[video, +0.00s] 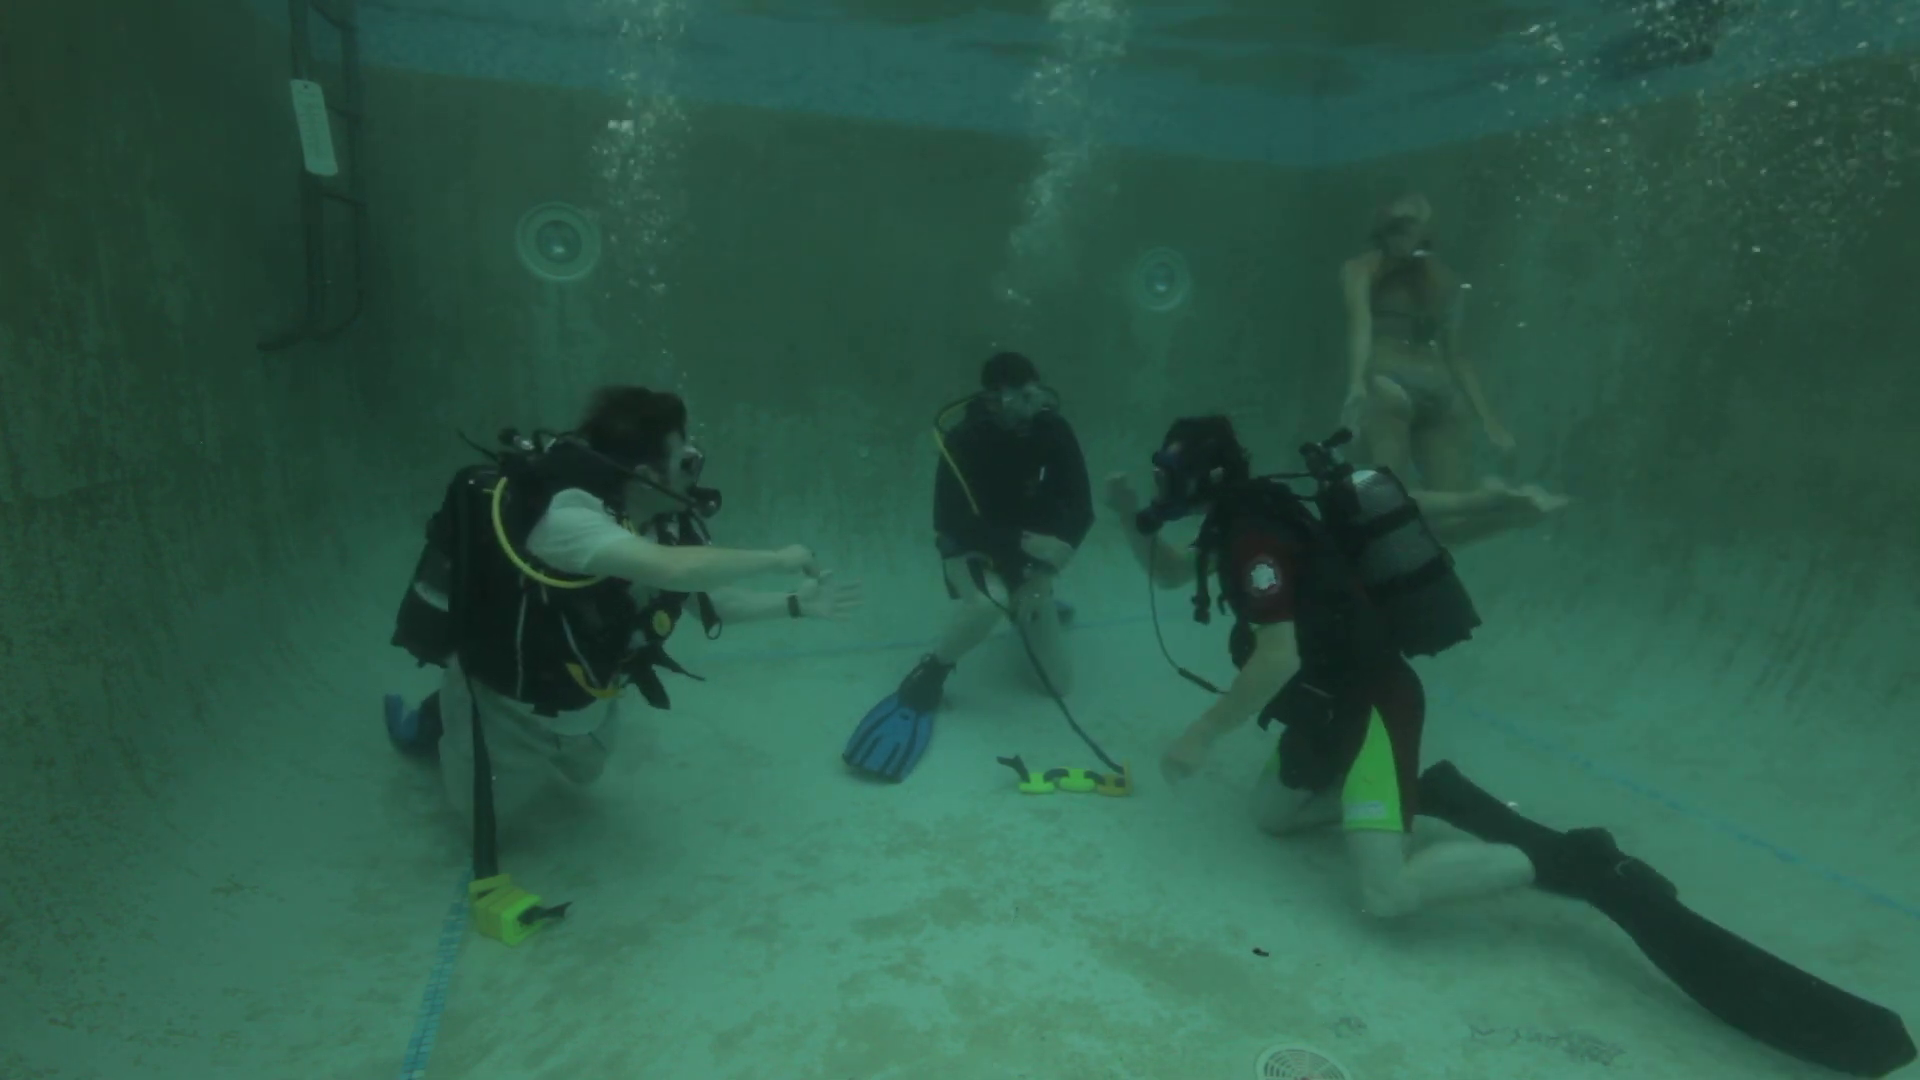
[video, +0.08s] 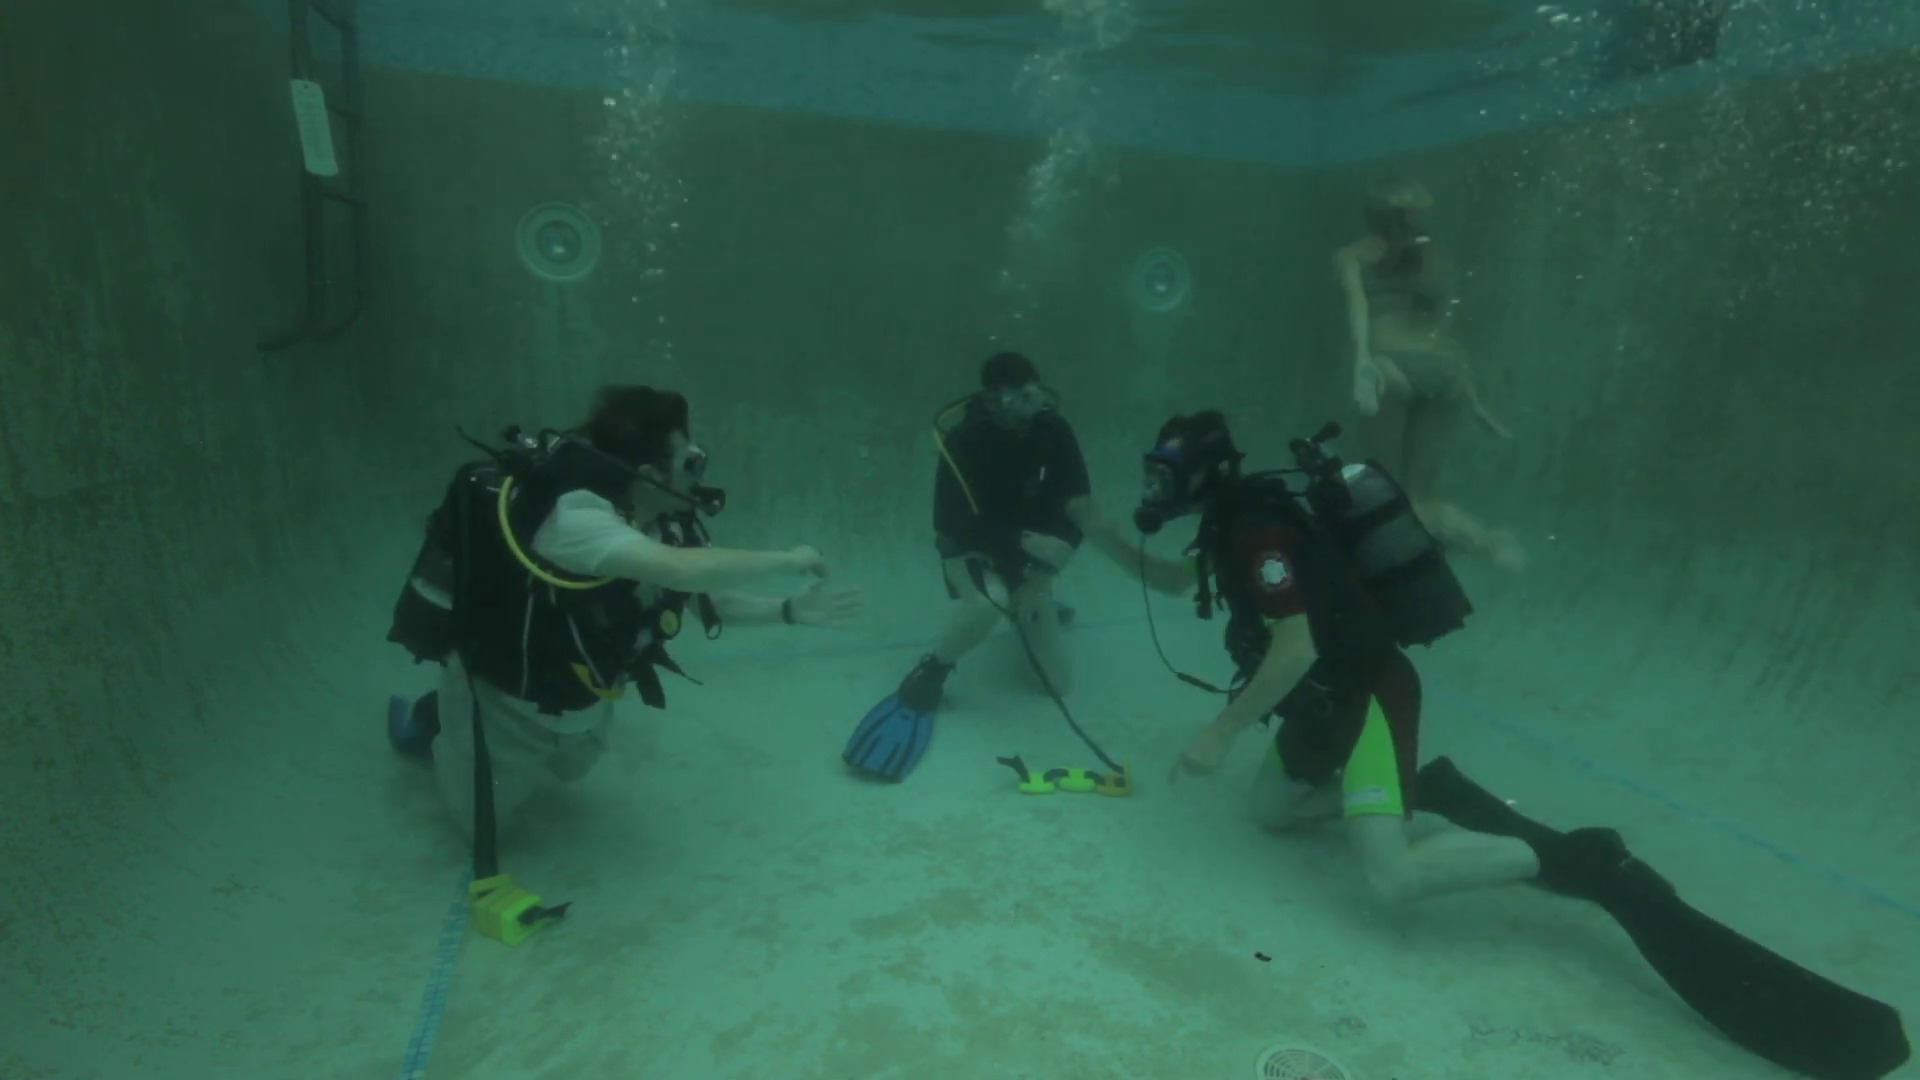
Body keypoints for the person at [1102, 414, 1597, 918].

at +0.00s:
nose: (1162, 486)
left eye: (1169, 474)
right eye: (1162, 472)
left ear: (1205, 476)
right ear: (1211, 472)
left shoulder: (1254, 531)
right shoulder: (1231, 518)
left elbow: (1278, 657)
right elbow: (1170, 571)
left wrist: (1201, 735)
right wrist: (1138, 524)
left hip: (1373, 699)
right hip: (1325, 694)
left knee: (1386, 892)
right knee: (1279, 813)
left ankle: (1568, 862)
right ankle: (1426, 798)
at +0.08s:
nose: (1153, 484)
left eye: (1165, 474)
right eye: (1153, 472)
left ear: (1207, 472)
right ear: (1193, 472)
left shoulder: (1255, 527)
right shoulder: (1225, 519)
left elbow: (1296, 647)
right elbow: (1181, 584)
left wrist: (1220, 732)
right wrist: (1101, 535)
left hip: (1370, 690)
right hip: (1320, 687)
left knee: (1390, 878)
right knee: (1274, 809)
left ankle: (1563, 860)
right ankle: (1421, 796)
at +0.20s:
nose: (1157, 496)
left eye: (1168, 480)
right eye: (1151, 481)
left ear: (1206, 471)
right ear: (1156, 477)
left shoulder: (1260, 522)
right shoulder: (1219, 519)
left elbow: (1307, 641)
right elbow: (1185, 590)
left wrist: (1223, 709)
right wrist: (1098, 591)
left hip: (1365, 679)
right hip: (1311, 678)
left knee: (1400, 855)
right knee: (1267, 797)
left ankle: (1583, 849)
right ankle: (1409, 786)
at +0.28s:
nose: (1166, 495)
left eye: (1177, 479)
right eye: (1157, 483)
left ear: (1210, 471)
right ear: (1154, 479)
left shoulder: (1266, 523)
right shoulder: (1217, 522)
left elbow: (1301, 634)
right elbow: (1191, 589)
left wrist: (1210, 673)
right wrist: (1124, 621)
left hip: (1358, 673)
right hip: (1299, 673)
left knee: (1401, 846)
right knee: (1264, 787)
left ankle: (1577, 824)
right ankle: (1389, 776)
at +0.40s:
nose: (1174, 485)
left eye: (1185, 468)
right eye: (1164, 472)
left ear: (1219, 461)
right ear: (1156, 472)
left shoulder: (1261, 513)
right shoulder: (1207, 517)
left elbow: (1280, 625)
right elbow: (1206, 601)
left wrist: (1177, 623)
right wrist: (1159, 635)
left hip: (1350, 672)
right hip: (1294, 672)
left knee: (1395, 842)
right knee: (1261, 770)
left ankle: (1572, 785)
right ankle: (1410, 769)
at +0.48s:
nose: (1170, 484)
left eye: (1182, 466)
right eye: (1160, 470)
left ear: (1216, 457)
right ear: (1161, 472)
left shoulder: (1261, 511)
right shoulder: (1210, 517)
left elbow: (1267, 614)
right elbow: (1205, 601)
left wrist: (1182, 599)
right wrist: (1159, 646)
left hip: (1346, 670)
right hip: (1292, 666)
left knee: (1383, 840)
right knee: (1260, 765)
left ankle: (1548, 765)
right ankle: (1405, 761)